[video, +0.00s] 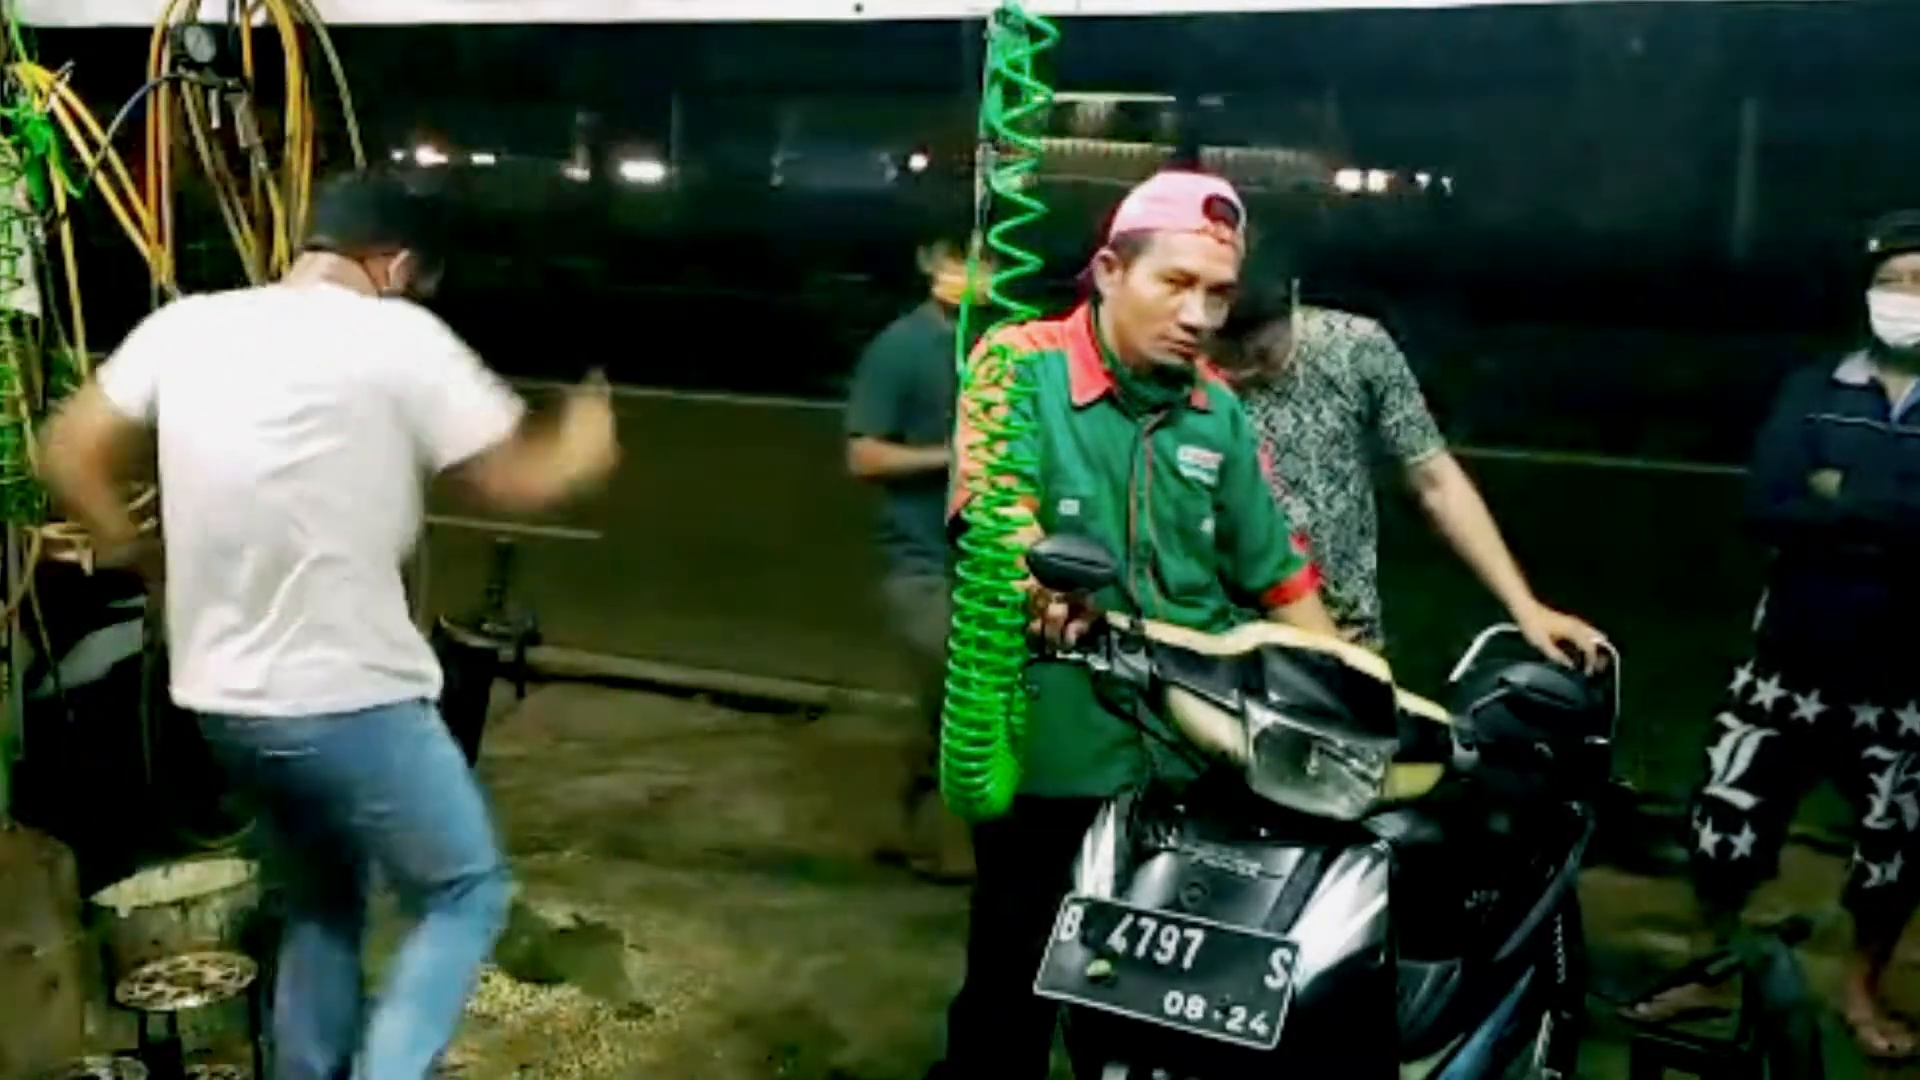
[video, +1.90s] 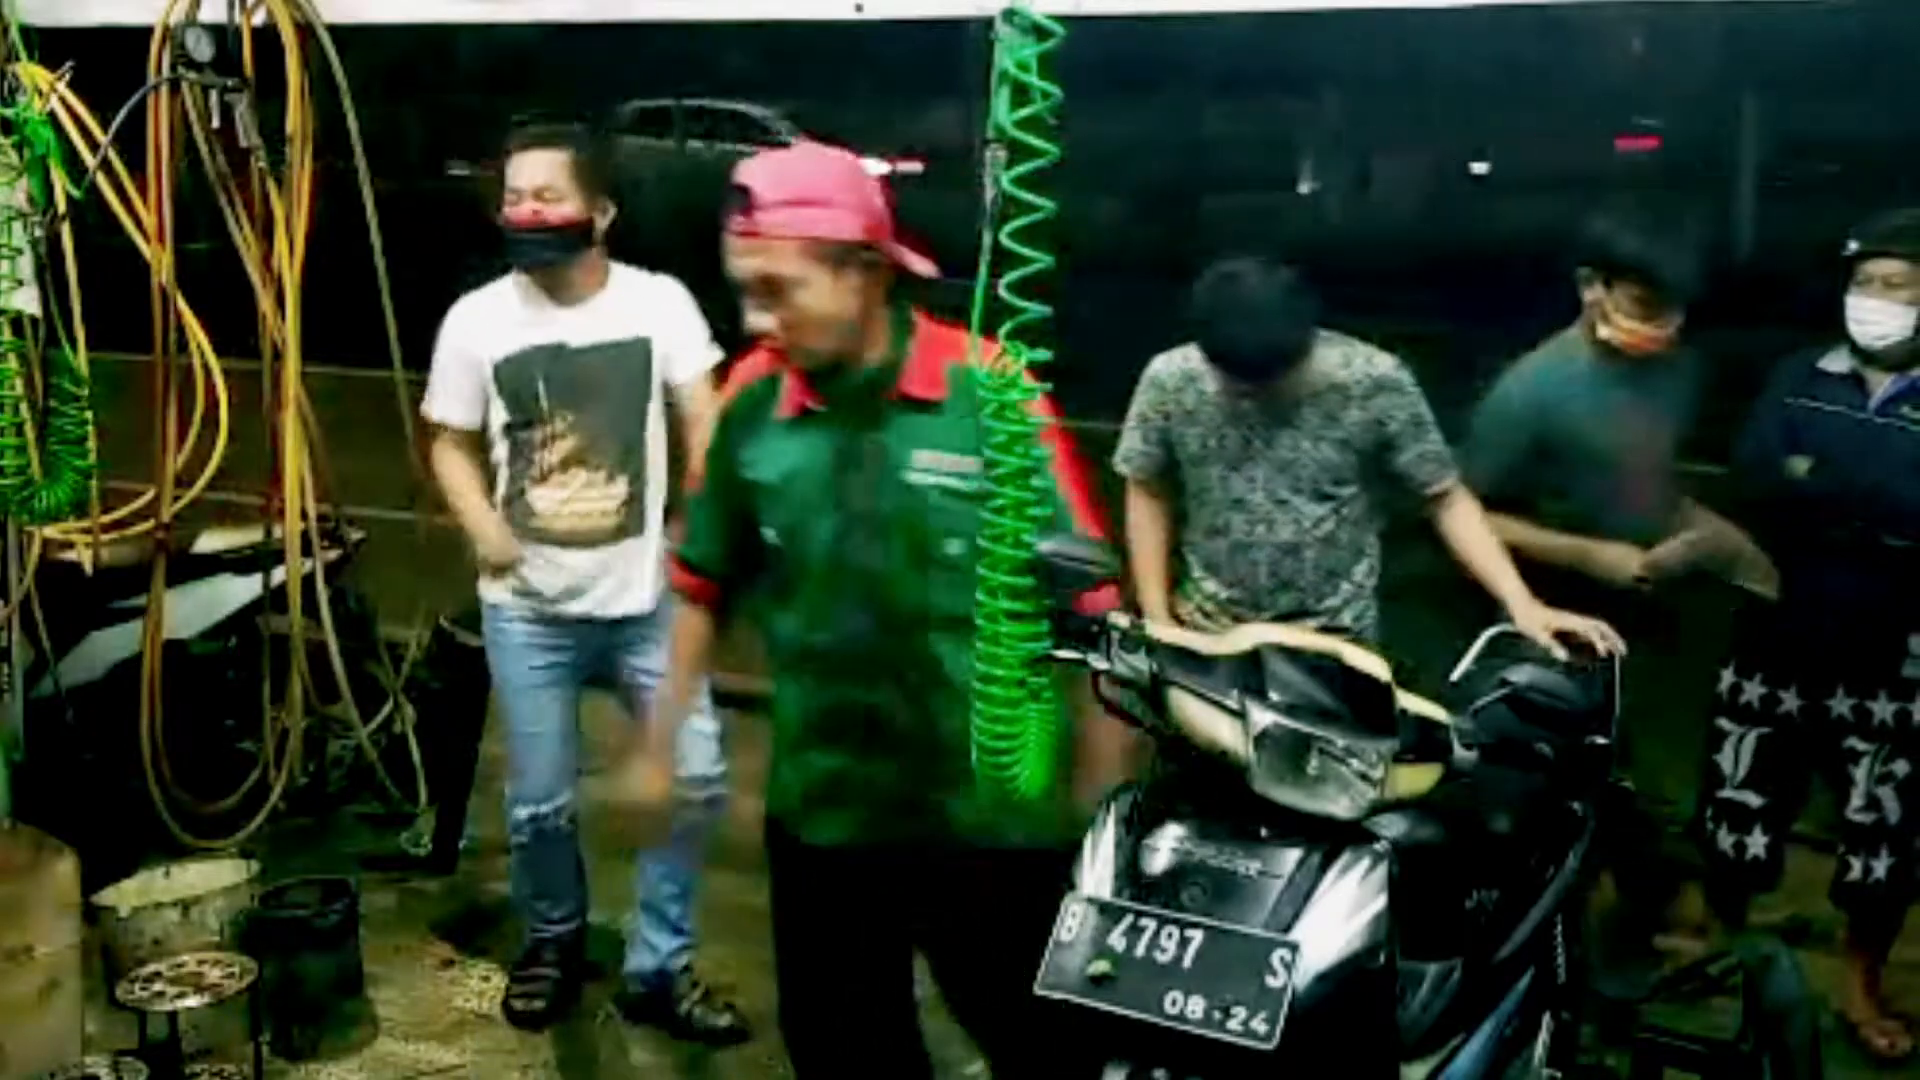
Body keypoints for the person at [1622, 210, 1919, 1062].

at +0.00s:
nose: (1904, 302)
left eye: (1917, 287)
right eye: (1891, 285)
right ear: (1865, 297)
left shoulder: (1919, 412)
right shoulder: (1814, 392)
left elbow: (1908, 515)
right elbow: (1765, 503)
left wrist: (1831, 484)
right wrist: (1880, 512)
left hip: (1899, 669)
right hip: (1795, 657)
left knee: (1896, 850)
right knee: (1722, 824)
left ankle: (1863, 989)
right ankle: (1709, 968)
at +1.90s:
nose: (1879, 304)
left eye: (1899, 291)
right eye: (1868, 286)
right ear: (1845, 293)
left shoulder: (1917, 411)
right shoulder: (1799, 384)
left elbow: (1909, 512)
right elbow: (1748, 483)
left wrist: (1814, 476)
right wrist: (1860, 507)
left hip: (1890, 649)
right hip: (1782, 632)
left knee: (1883, 832)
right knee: (1737, 799)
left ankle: (1863, 980)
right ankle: (1719, 932)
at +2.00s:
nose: (1876, 306)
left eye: (1896, 292)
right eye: (1864, 288)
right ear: (1838, 296)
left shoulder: (1918, 406)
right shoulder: (1787, 388)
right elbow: (1725, 496)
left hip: (1892, 656)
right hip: (1784, 643)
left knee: (1886, 837)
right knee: (1757, 808)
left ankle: (1862, 984)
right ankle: (1724, 942)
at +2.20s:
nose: (1868, 305)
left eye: (1888, 291)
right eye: (1856, 287)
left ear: (1918, 304)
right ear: (1835, 294)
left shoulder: (1908, 410)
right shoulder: (1805, 398)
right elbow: (1794, 524)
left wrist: (1882, 649)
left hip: (1901, 652)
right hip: (1815, 645)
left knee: (1885, 843)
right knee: (1820, 831)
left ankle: (1860, 995)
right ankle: (1823, 994)